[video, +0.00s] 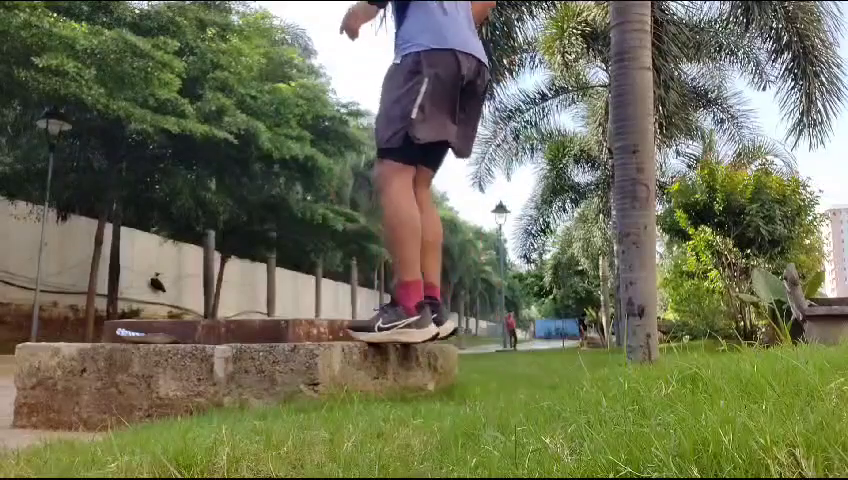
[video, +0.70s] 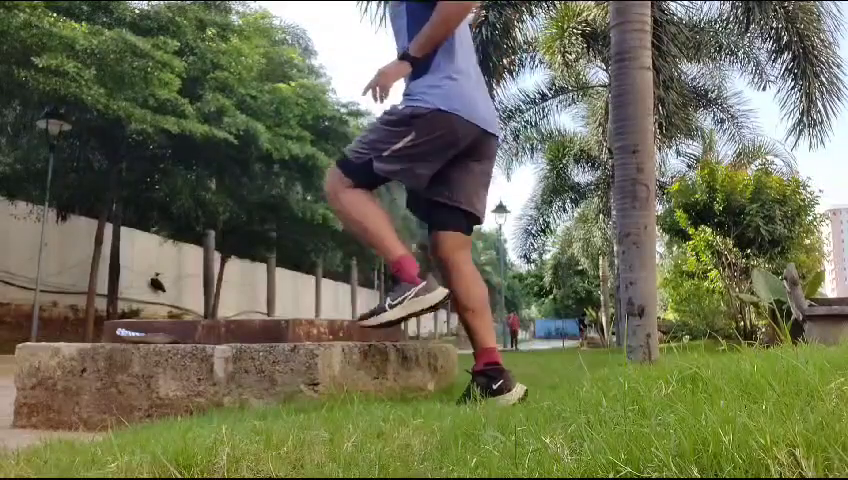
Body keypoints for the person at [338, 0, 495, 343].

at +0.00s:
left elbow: (368, 8)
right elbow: (485, 4)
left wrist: (353, 20)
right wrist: (452, 30)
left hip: (426, 50)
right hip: (472, 58)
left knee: (394, 176)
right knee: (421, 184)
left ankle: (408, 306)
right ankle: (431, 306)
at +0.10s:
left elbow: (366, 3)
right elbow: (494, 3)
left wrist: (354, 10)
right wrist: (457, 30)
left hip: (428, 55)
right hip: (469, 66)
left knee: (393, 180)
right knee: (423, 190)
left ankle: (454, 299)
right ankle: (425, 305)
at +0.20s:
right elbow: (500, 2)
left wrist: (365, 0)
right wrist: (459, 24)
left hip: (443, 59)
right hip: (476, 68)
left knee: (420, 197)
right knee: (402, 186)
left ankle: (474, 328)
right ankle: (428, 302)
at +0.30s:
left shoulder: (413, 0)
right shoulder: (475, 3)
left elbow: (416, 5)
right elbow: (518, 20)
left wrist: (382, 29)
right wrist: (476, 61)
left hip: (446, 105)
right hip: (486, 110)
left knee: (451, 242)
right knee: (390, 196)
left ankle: (499, 374)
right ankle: (448, 290)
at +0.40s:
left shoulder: (412, 1)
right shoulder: (474, 6)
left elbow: (449, 4)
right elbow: (521, 36)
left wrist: (398, 63)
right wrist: (480, 94)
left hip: (446, 121)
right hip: (482, 124)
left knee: (458, 258)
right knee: (394, 225)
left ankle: (510, 383)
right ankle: (476, 310)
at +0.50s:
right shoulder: (476, 5)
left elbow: (457, 3)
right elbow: (511, 38)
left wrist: (403, 55)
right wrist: (469, 89)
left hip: (442, 107)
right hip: (475, 113)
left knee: (426, 242)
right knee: (431, 243)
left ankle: (496, 368)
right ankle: (478, 364)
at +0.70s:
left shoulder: (416, 5)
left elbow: (465, 3)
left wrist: (407, 59)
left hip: (440, 103)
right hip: (483, 119)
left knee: (342, 184)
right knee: (452, 248)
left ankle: (409, 277)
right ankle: (490, 371)